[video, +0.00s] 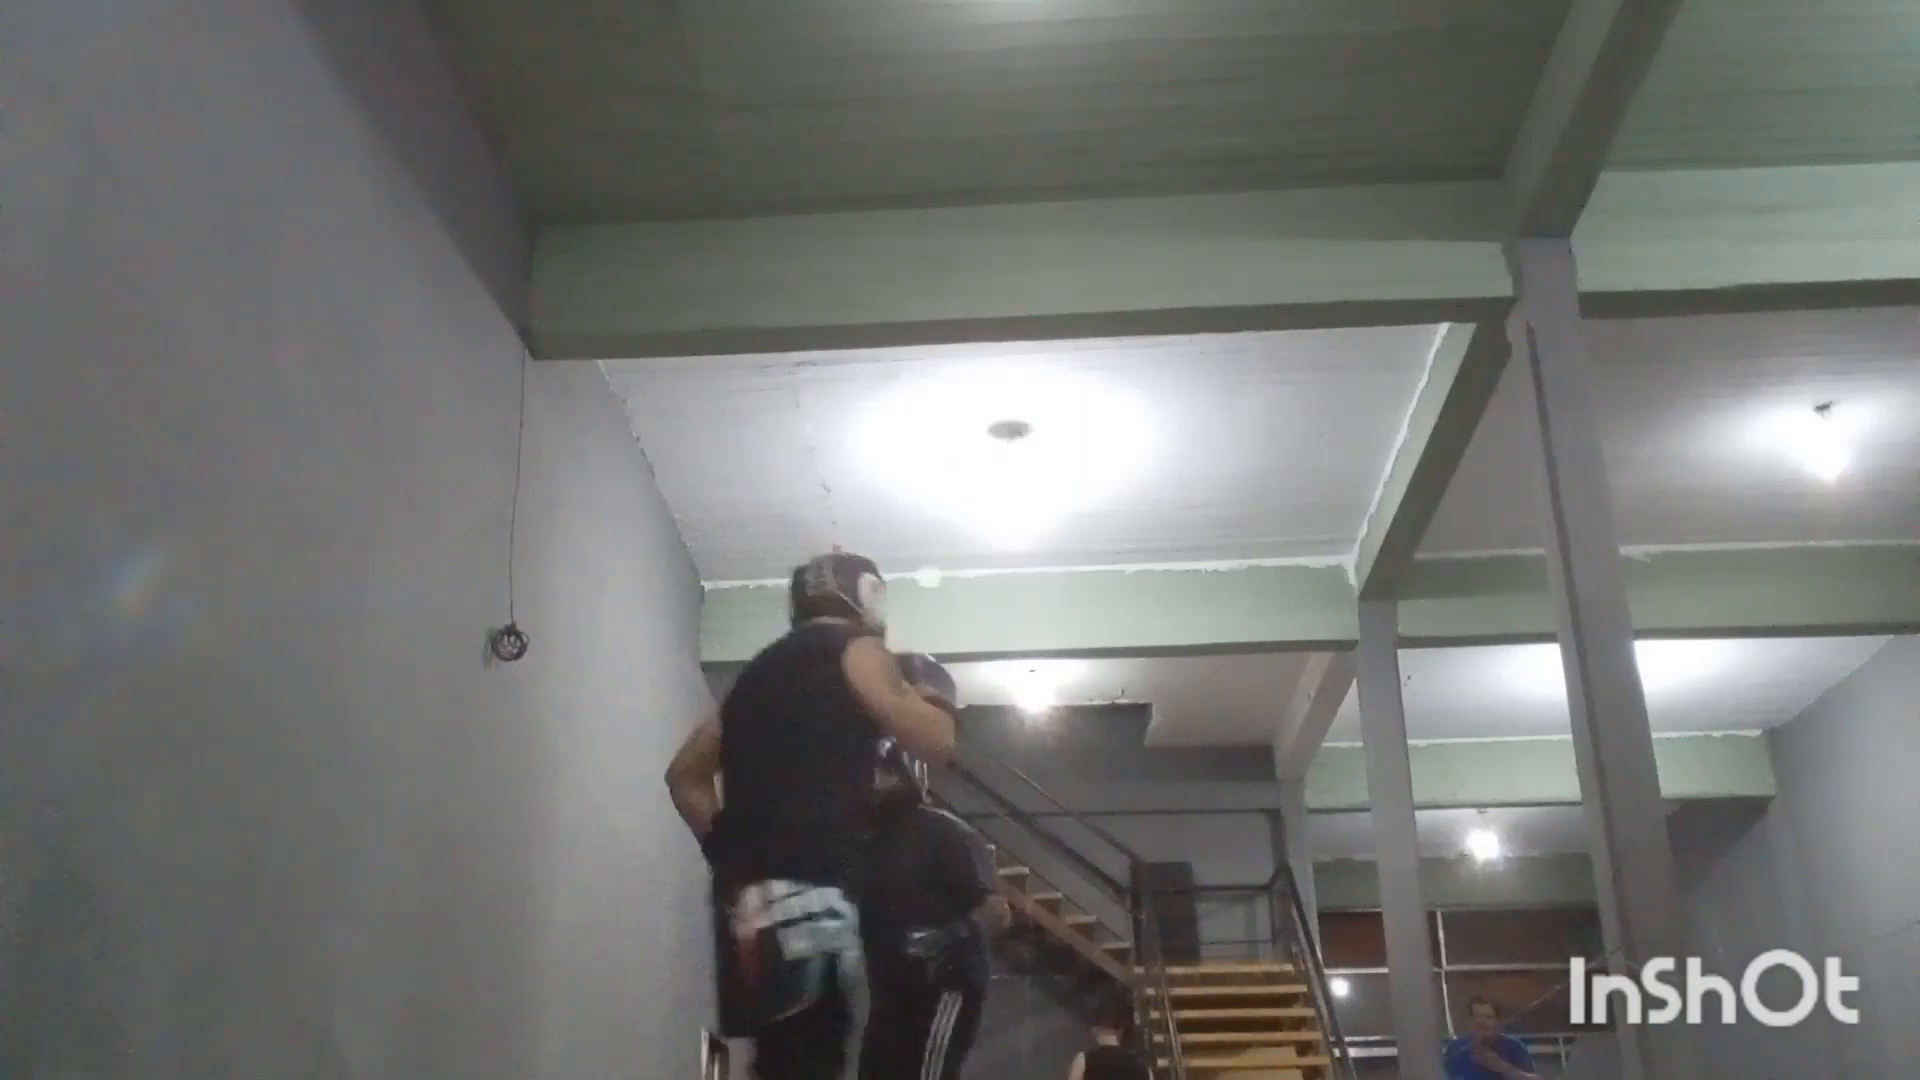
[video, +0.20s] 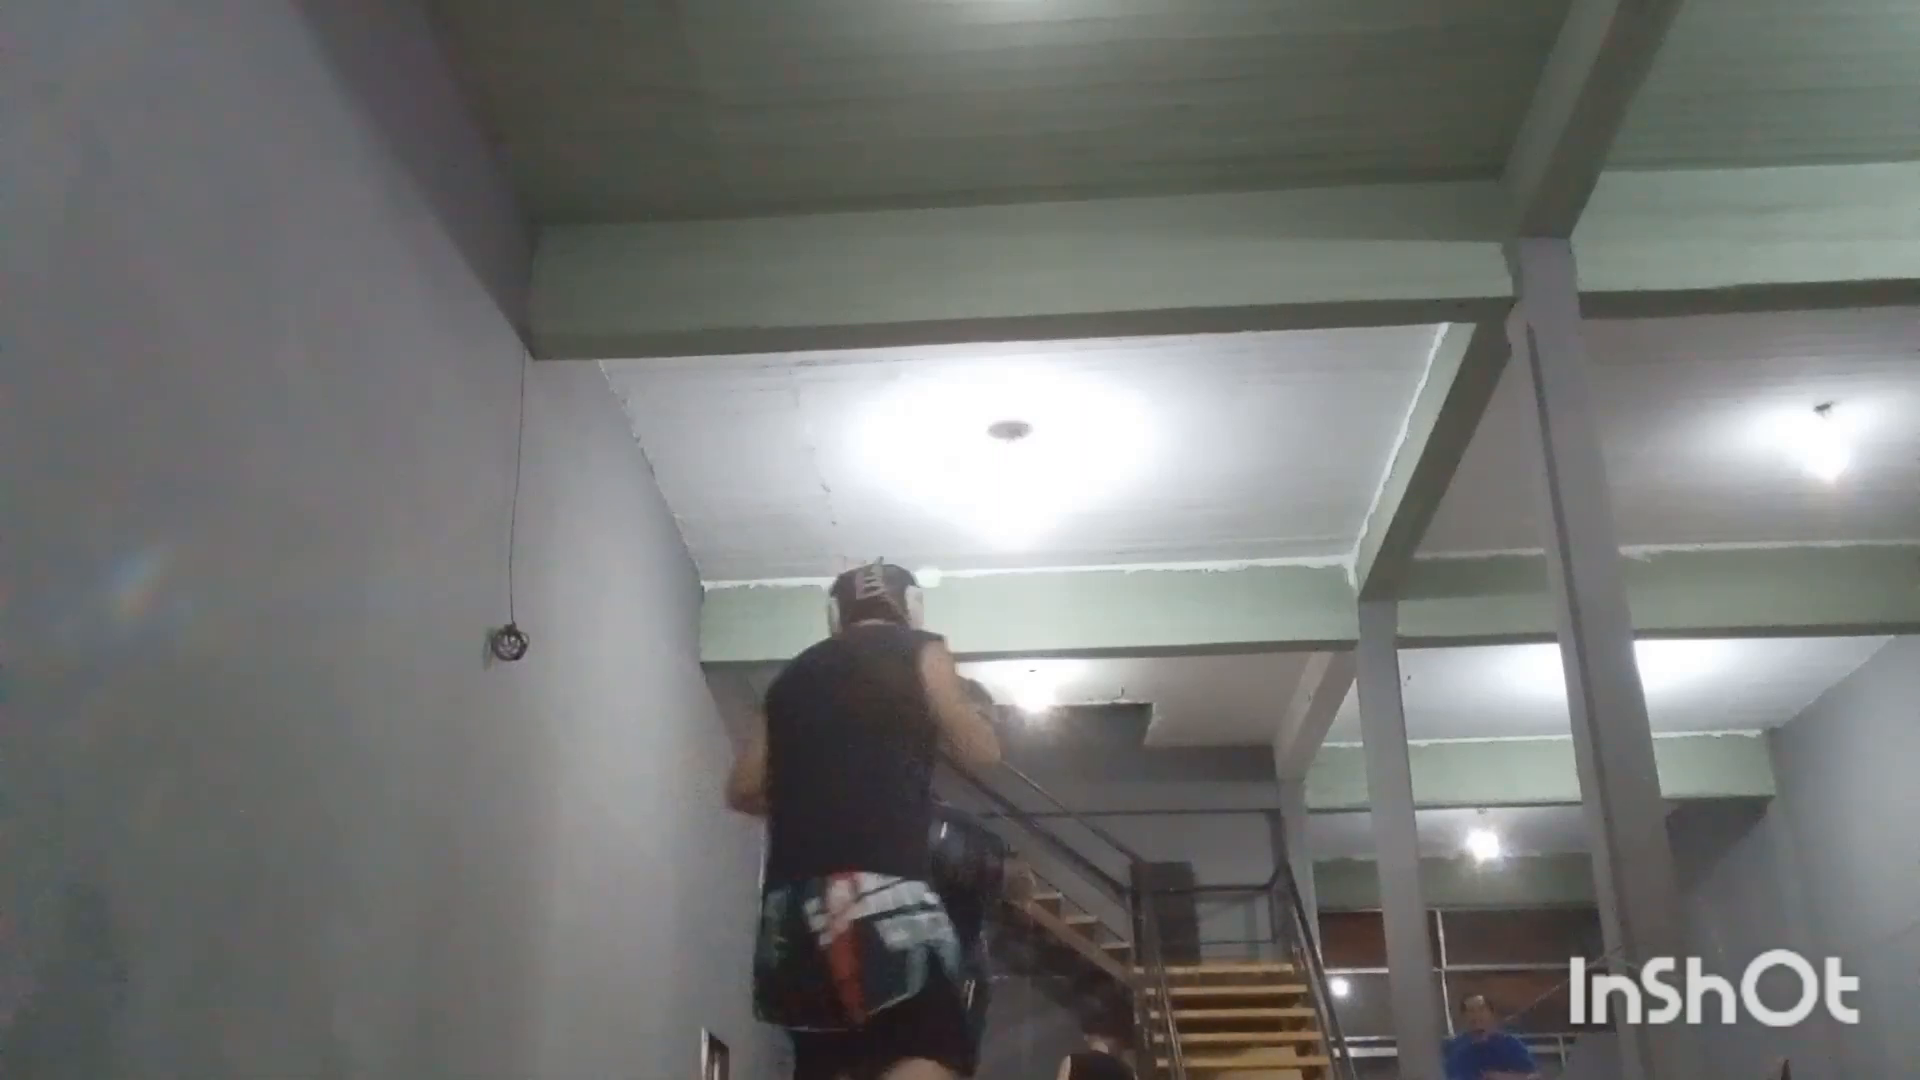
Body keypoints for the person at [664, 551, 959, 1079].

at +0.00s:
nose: (883, 610)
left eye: (881, 596)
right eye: (877, 596)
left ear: (803, 603)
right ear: (858, 597)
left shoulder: (757, 673)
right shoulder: (857, 650)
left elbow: (686, 775)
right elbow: (939, 741)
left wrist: (729, 855)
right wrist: (928, 691)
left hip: (743, 881)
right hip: (810, 880)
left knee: (776, 1052)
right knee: (813, 1055)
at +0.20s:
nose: (921, 616)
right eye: (918, 609)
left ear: (838, 619)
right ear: (906, 609)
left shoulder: (791, 676)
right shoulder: (921, 651)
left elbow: (744, 789)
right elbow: (981, 753)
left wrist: (814, 806)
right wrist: (963, 699)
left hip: (790, 895)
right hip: (888, 885)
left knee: (822, 1058)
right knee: (930, 1047)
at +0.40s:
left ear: (895, 618)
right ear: (962, 616)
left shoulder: (843, 679)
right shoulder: (990, 660)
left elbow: (820, 796)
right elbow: (1034, 760)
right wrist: (1025, 706)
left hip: (856, 902)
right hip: (960, 899)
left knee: (867, 1060)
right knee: (974, 1058)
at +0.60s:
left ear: (942, 623)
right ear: (1010, 621)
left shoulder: (900, 680)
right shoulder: (1047, 668)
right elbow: (1067, 765)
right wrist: (1008, 747)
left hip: (917, 886)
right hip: (1015, 879)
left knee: (920, 1050)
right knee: (1048, 1051)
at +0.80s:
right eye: (1052, 621)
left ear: (977, 627)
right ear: (1045, 623)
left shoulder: (931, 686)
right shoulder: (1082, 670)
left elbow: (898, 781)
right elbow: (1112, 761)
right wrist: (1049, 740)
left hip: (957, 904)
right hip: (1063, 900)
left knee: (989, 1067)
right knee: (1080, 1063)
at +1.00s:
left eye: (987, 623)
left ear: (995, 623)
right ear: (1062, 620)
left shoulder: (954, 685)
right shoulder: (1105, 667)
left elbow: (892, 781)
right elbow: (1137, 764)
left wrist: (943, 736)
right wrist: (1092, 723)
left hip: (984, 912)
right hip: (1086, 905)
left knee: (1003, 1068)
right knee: (1141, 1063)